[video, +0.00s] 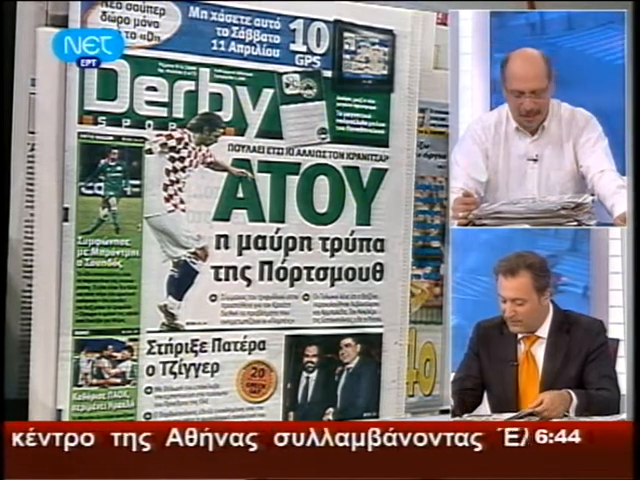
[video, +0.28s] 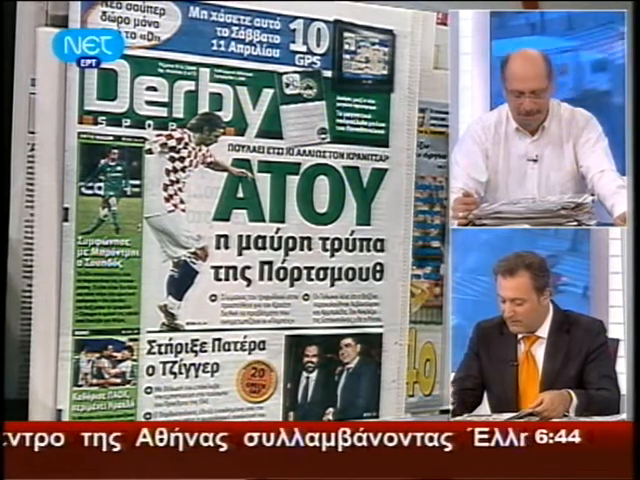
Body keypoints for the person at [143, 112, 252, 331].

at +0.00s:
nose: (215, 141)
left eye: (217, 137)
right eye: (215, 136)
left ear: (207, 132)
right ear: (205, 130)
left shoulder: (199, 150)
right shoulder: (179, 137)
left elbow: (212, 162)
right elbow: (149, 145)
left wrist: (232, 170)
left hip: (165, 209)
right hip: (161, 208)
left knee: (180, 262)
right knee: (200, 251)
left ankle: (170, 317)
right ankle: (172, 304)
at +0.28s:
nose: (215, 141)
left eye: (217, 137)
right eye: (215, 136)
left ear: (207, 132)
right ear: (205, 130)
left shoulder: (199, 150)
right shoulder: (179, 137)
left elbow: (212, 162)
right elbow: (148, 146)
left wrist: (231, 170)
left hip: (165, 209)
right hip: (161, 208)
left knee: (180, 262)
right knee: (200, 251)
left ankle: (171, 317)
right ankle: (172, 304)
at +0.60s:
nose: (215, 141)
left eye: (217, 137)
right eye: (215, 136)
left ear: (207, 132)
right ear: (205, 130)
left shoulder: (199, 150)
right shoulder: (179, 137)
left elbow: (212, 162)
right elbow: (149, 145)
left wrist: (232, 170)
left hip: (165, 209)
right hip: (161, 208)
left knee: (180, 262)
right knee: (200, 251)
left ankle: (171, 317)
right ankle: (172, 304)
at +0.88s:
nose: (215, 141)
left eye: (217, 137)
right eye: (215, 136)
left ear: (207, 132)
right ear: (205, 130)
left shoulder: (199, 150)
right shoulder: (179, 137)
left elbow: (212, 162)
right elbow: (149, 145)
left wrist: (232, 170)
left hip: (165, 209)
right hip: (161, 208)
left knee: (180, 262)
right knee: (200, 251)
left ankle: (171, 317)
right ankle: (172, 304)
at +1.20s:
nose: (215, 141)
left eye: (217, 137)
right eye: (215, 136)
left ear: (207, 132)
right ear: (205, 130)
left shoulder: (199, 150)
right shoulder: (179, 137)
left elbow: (212, 162)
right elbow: (149, 145)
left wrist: (232, 170)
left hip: (166, 209)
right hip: (161, 208)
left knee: (180, 262)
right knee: (200, 251)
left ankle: (171, 317)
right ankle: (172, 304)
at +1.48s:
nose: (215, 141)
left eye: (217, 137)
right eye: (215, 136)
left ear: (207, 132)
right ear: (205, 130)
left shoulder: (199, 150)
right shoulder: (179, 137)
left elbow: (212, 162)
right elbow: (149, 145)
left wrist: (232, 170)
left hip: (166, 209)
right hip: (161, 208)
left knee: (180, 262)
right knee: (200, 251)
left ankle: (171, 317)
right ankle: (172, 304)